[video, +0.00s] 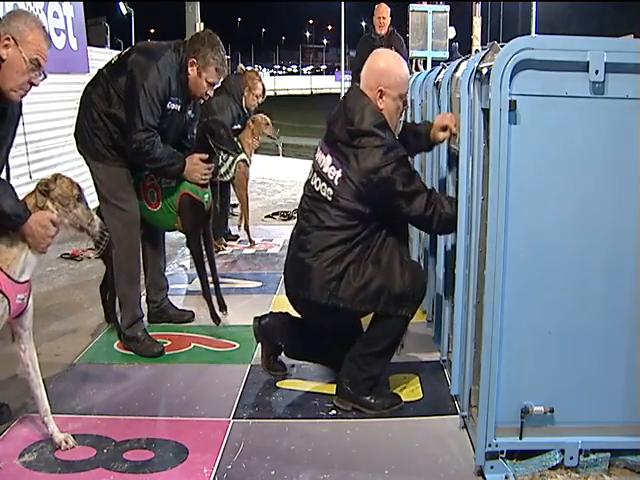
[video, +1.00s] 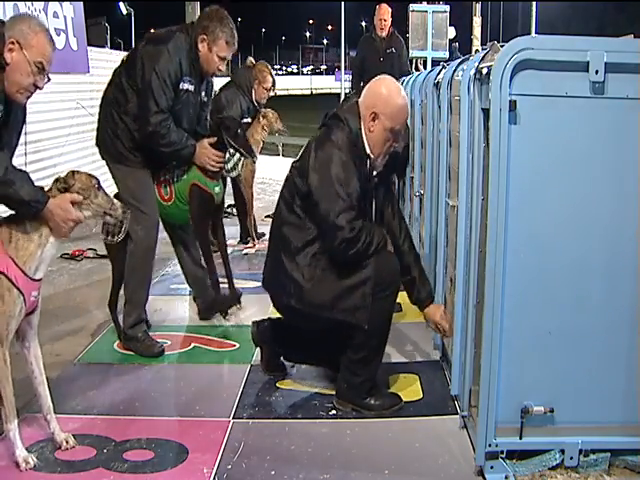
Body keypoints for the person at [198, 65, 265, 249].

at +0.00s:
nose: (258, 102)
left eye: (260, 98)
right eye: (256, 96)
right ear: (244, 91)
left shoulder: (241, 104)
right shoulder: (222, 106)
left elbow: (244, 127)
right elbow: (220, 137)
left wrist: (251, 141)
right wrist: (240, 152)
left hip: (224, 150)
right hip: (206, 152)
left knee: (224, 195)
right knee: (212, 197)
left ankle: (223, 229)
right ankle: (213, 234)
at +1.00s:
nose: (269, 94)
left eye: (270, 89)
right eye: (266, 89)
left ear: (257, 85)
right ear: (253, 85)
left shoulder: (248, 95)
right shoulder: (232, 98)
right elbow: (229, 130)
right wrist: (250, 152)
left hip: (238, 143)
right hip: (216, 146)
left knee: (243, 190)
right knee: (216, 194)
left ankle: (249, 231)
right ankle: (212, 235)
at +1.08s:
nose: (272, 94)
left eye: (273, 90)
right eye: (269, 89)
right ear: (257, 84)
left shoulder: (252, 95)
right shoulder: (237, 95)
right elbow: (234, 126)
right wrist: (255, 151)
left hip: (243, 145)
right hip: (228, 147)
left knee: (248, 192)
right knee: (244, 193)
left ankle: (251, 230)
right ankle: (246, 234)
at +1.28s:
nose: (280, 90)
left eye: (282, 86)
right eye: (278, 85)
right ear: (267, 80)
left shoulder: (268, 99)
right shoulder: (248, 95)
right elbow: (244, 125)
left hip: (257, 147)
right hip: (242, 149)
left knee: (255, 191)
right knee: (249, 193)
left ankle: (254, 229)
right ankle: (249, 232)